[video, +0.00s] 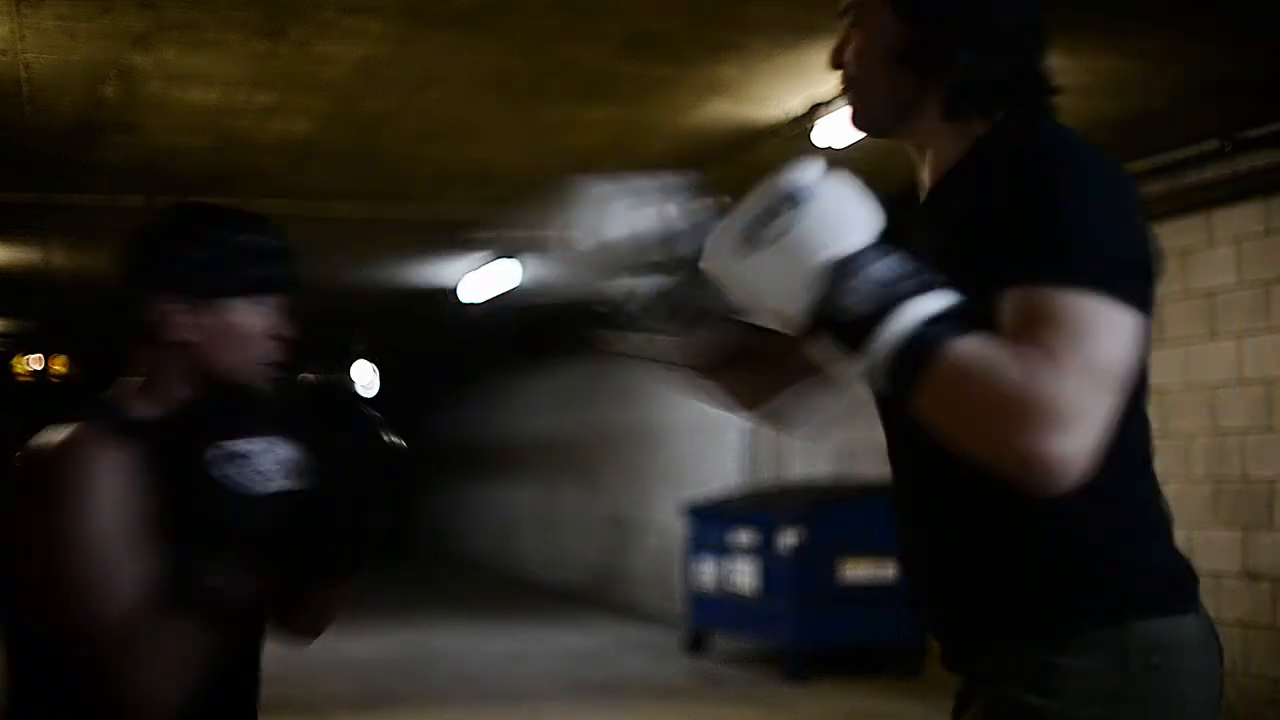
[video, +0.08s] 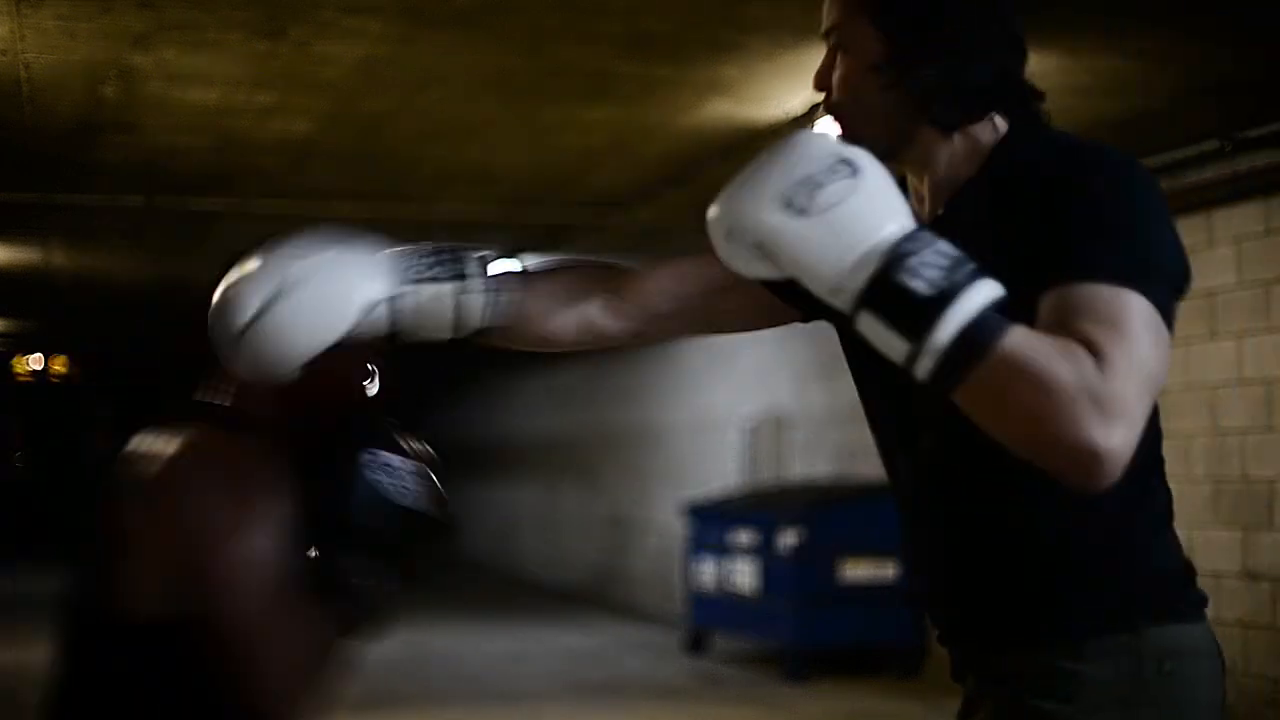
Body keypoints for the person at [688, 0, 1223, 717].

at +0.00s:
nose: (837, 56)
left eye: (858, 25)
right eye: (845, 29)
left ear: (935, 32)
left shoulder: (1067, 182)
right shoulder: (918, 223)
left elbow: (1053, 430)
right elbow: (774, 381)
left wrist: (865, 286)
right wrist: (677, 310)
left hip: (1106, 660)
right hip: (1003, 652)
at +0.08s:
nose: (817, 86)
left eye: (842, 60)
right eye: (824, 57)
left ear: (940, 86)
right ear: (926, 87)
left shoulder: (1091, 200)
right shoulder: (870, 231)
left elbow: (1095, 431)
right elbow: (623, 300)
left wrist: (892, 265)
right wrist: (412, 294)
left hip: (1128, 663)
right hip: (991, 664)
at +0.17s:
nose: (814, 89)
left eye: (835, 55)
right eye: (819, 56)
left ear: (921, 65)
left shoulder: (1096, 201)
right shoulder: (875, 234)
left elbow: (1094, 437)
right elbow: (689, 360)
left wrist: (892, 262)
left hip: (1120, 666)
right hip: (990, 664)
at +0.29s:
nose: (855, 87)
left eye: (874, 53)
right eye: (860, 54)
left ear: (945, 50)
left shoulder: (1075, 186)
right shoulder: (969, 203)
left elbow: (981, 392)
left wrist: (823, 193)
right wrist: (837, 488)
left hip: (1097, 664)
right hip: (1009, 650)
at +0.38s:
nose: (917, 62)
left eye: (938, 40)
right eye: (924, 40)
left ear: (1001, 47)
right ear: (1021, 50)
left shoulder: (1070, 178)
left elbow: (861, 356)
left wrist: (761, 134)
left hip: (1090, 657)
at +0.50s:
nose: (1006, 58)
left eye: (1025, 34)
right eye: (1008, 35)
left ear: (1083, 42)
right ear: (1141, 50)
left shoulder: (1110, 174)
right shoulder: (1213, 196)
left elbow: (896, 302)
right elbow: (1261, 433)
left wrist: (787, 151)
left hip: (1106, 658)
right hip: (1204, 649)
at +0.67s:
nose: (1077, 75)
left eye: (1098, 41)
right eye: (1086, 45)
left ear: (1173, 45)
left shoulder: (1233, 184)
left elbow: (1193, 430)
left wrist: (973, 351)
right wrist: (1091, 504)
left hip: (1227, 669)